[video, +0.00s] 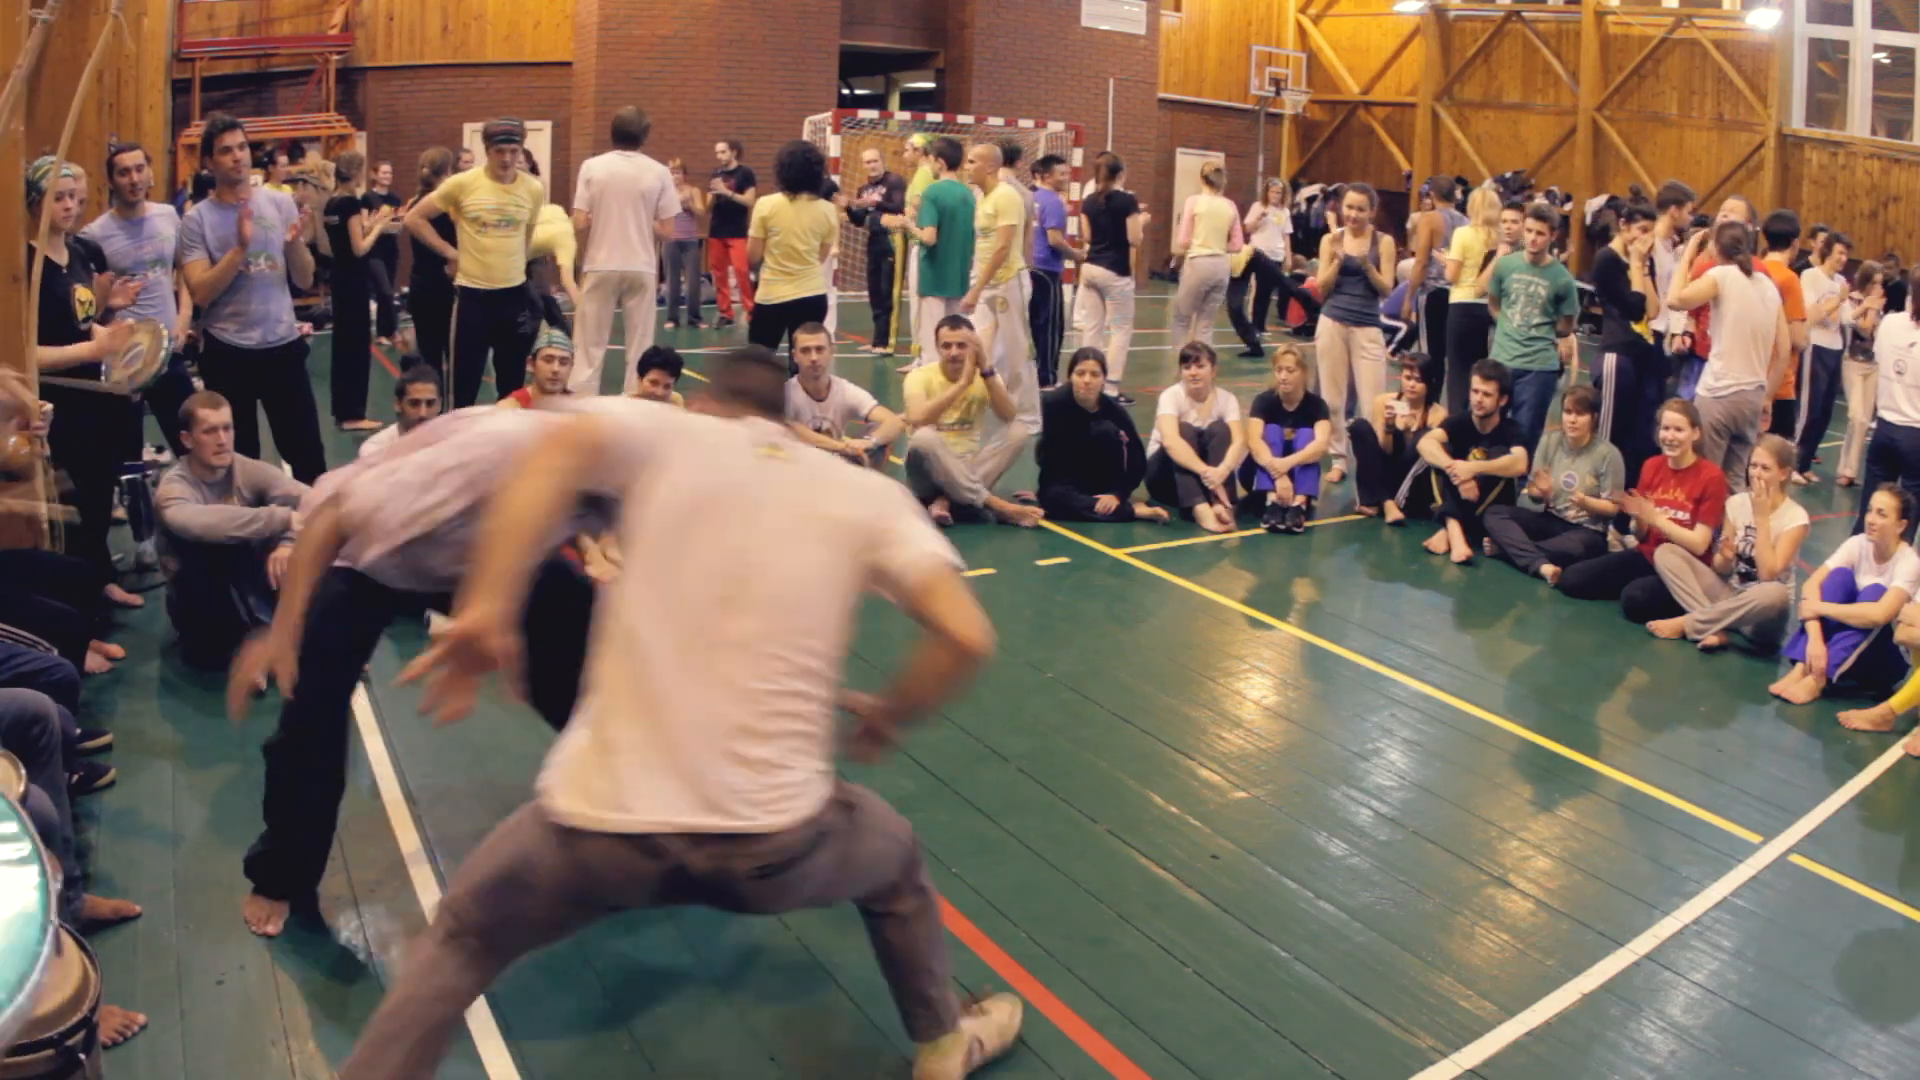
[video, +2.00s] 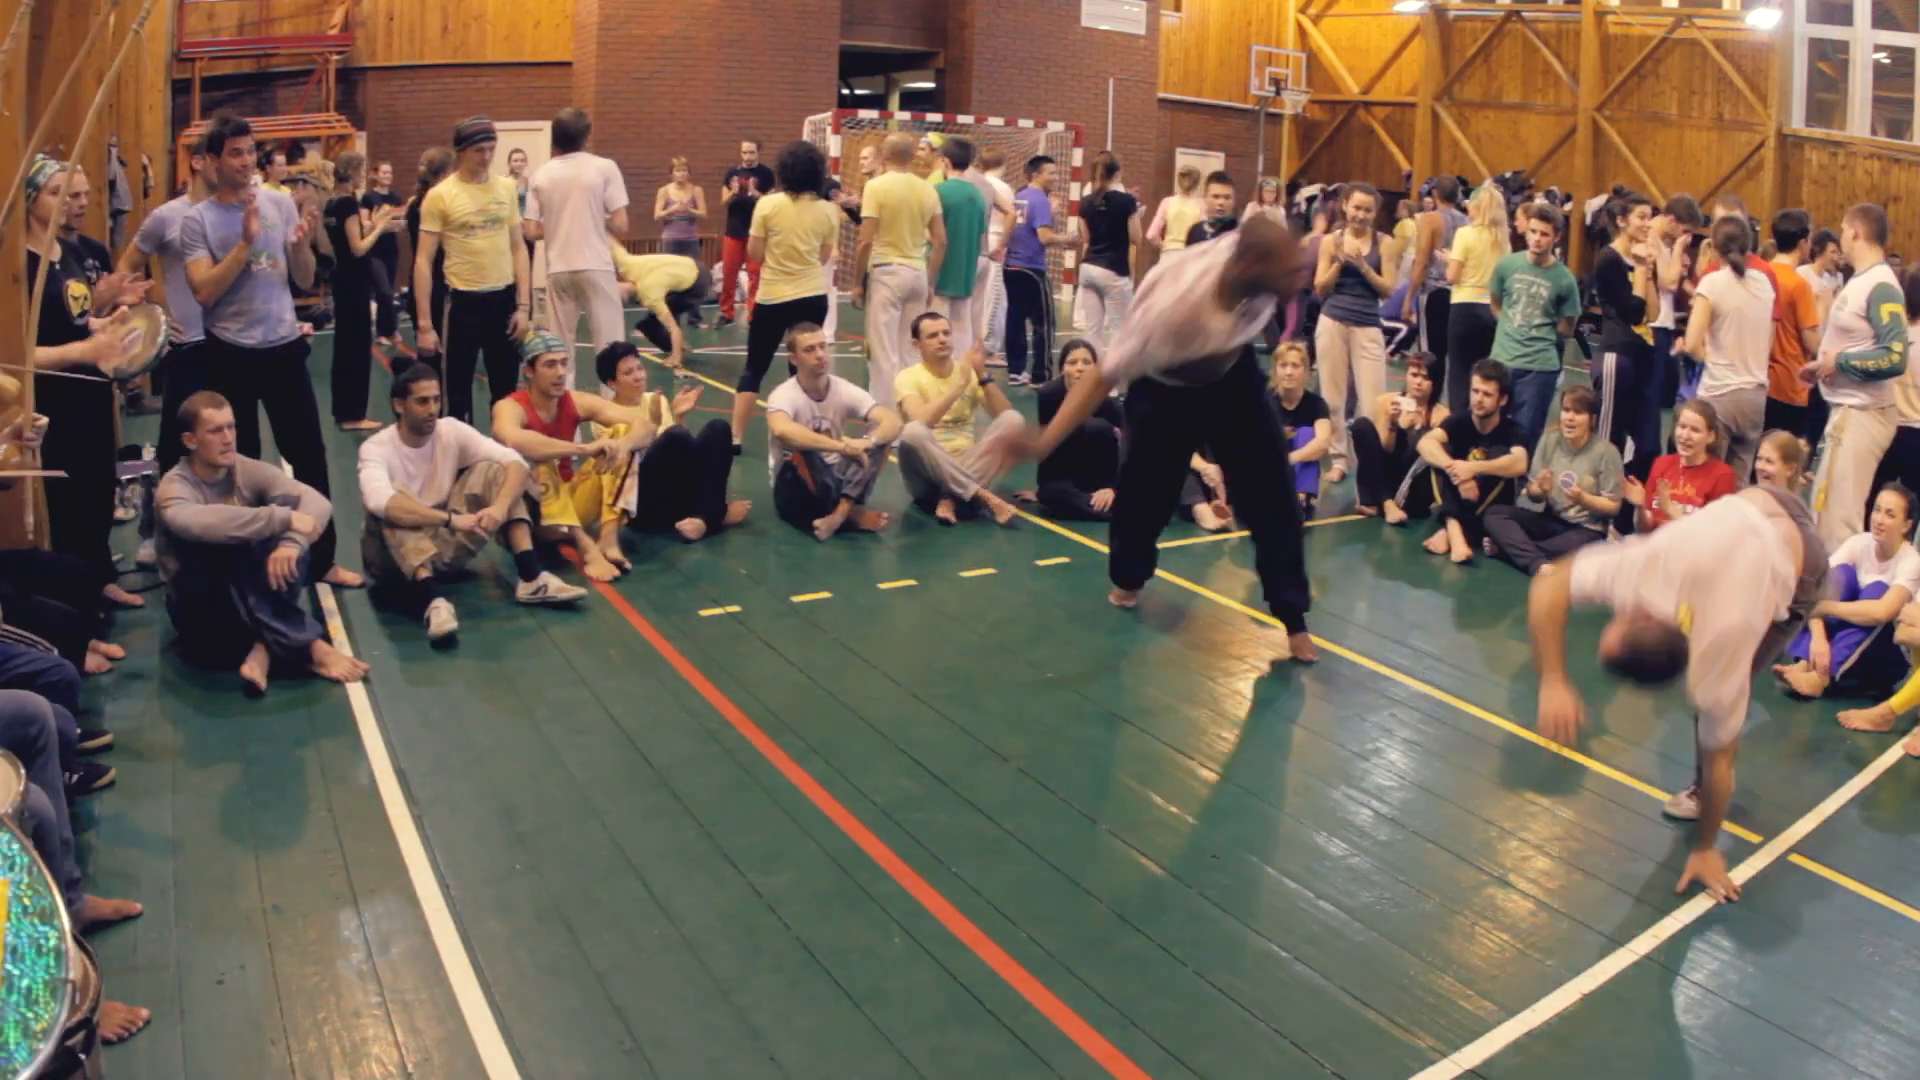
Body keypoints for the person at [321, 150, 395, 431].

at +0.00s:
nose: (368, 176)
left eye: (367, 171)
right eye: (366, 172)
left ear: (340, 172)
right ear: (358, 174)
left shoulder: (331, 204)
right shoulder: (353, 204)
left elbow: (339, 245)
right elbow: (359, 247)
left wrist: (367, 224)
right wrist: (377, 227)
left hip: (340, 278)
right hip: (355, 280)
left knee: (345, 341)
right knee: (357, 343)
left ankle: (344, 411)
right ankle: (352, 414)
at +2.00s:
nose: (367, 176)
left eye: (367, 170)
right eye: (365, 171)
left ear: (341, 173)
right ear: (354, 174)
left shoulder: (333, 204)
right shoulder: (348, 204)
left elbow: (347, 244)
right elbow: (358, 247)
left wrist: (372, 224)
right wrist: (380, 227)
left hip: (344, 278)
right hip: (355, 280)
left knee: (348, 342)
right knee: (358, 343)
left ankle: (345, 411)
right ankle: (352, 414)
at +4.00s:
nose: (367, 176)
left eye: (366, 170)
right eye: (365, 171)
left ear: (341, 171)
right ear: (356, 173)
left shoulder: (331, 204)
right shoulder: (349, 205)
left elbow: (337, 245)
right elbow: (355, 249)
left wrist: (372, 227)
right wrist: (376, 228)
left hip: (338, 278)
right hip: (353, 280)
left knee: (345, 342)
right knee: (357, 344)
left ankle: (346, 413)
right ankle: (355, 416)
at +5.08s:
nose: (361, 176)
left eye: (360, 171)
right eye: (359, 171)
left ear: (334, 173)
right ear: (350, 173)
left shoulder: (325, 204)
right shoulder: (346, 202)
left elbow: (337, 244)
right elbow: (353, 245)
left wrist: (362, 225)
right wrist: (375, 228)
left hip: (335, 280)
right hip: (350, 281)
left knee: (343, 342)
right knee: (358, 343)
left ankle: (342, 408)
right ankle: (356, 413)